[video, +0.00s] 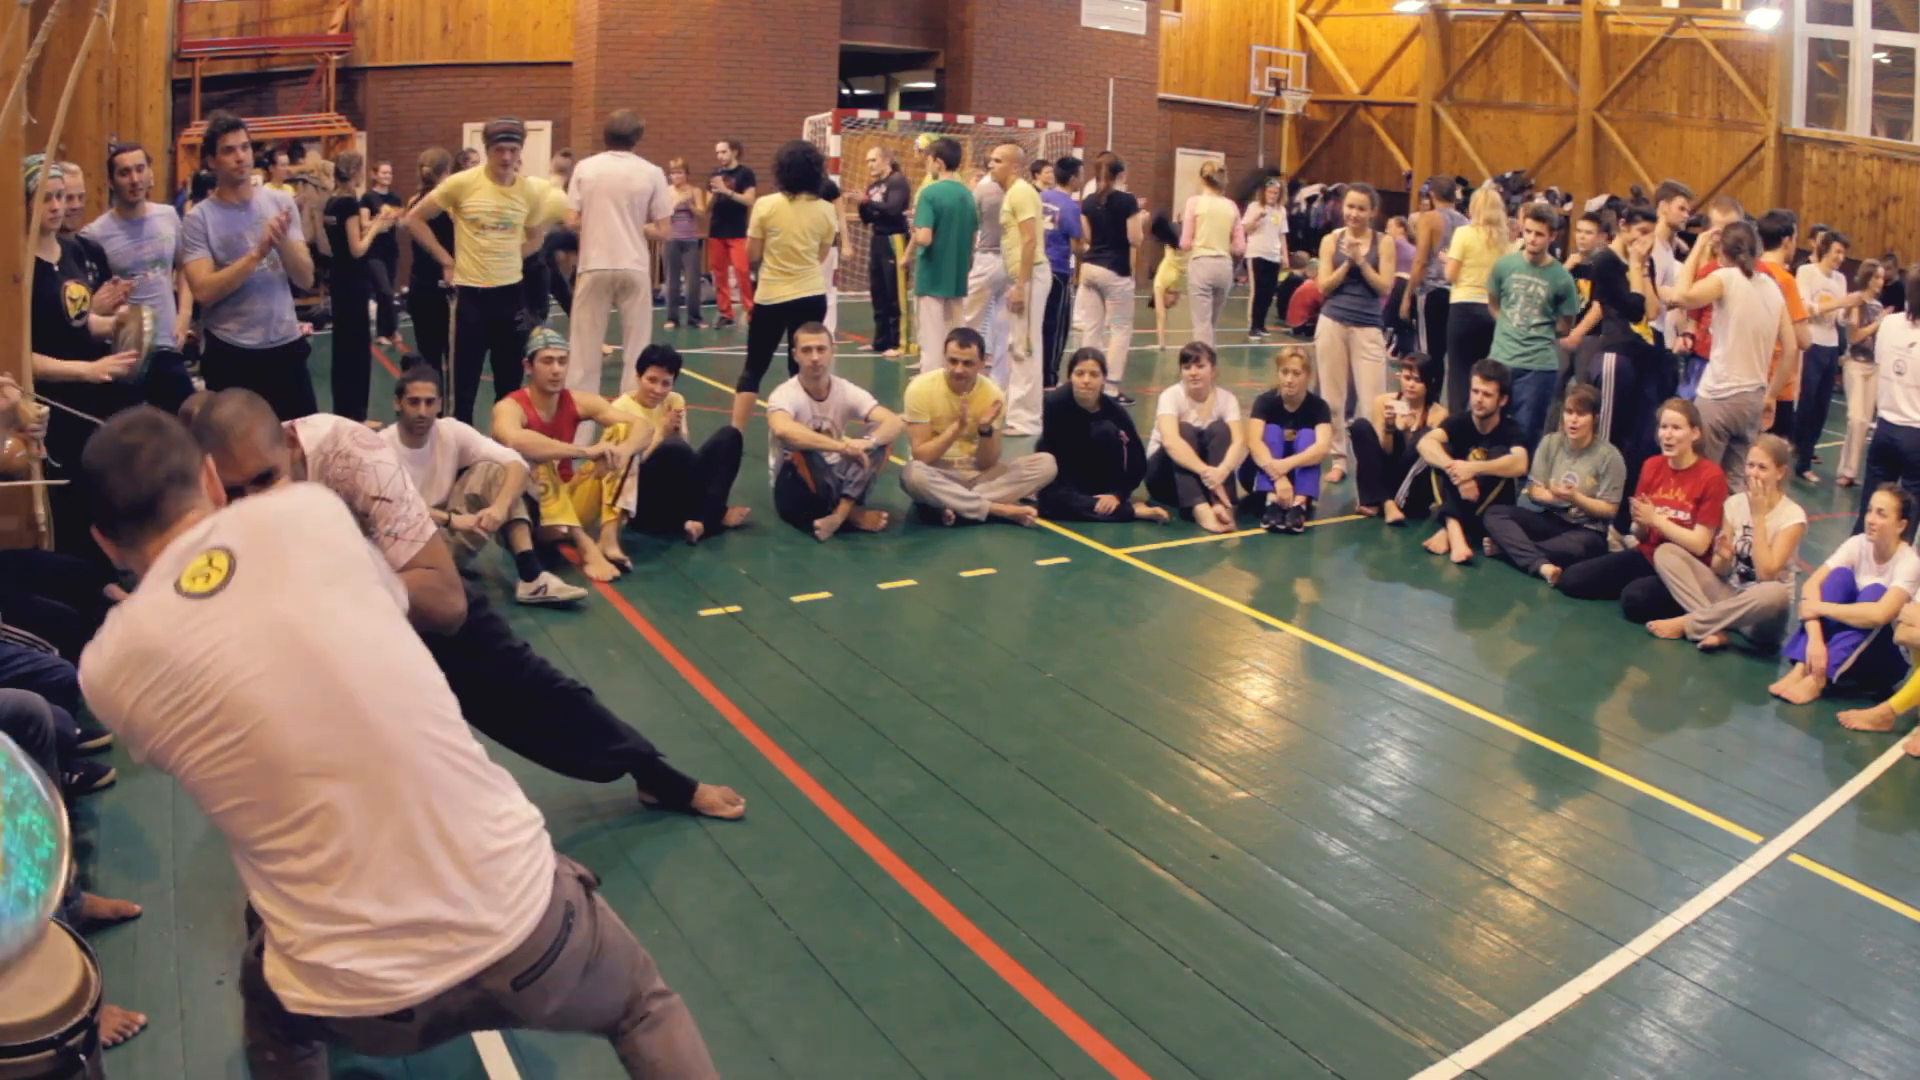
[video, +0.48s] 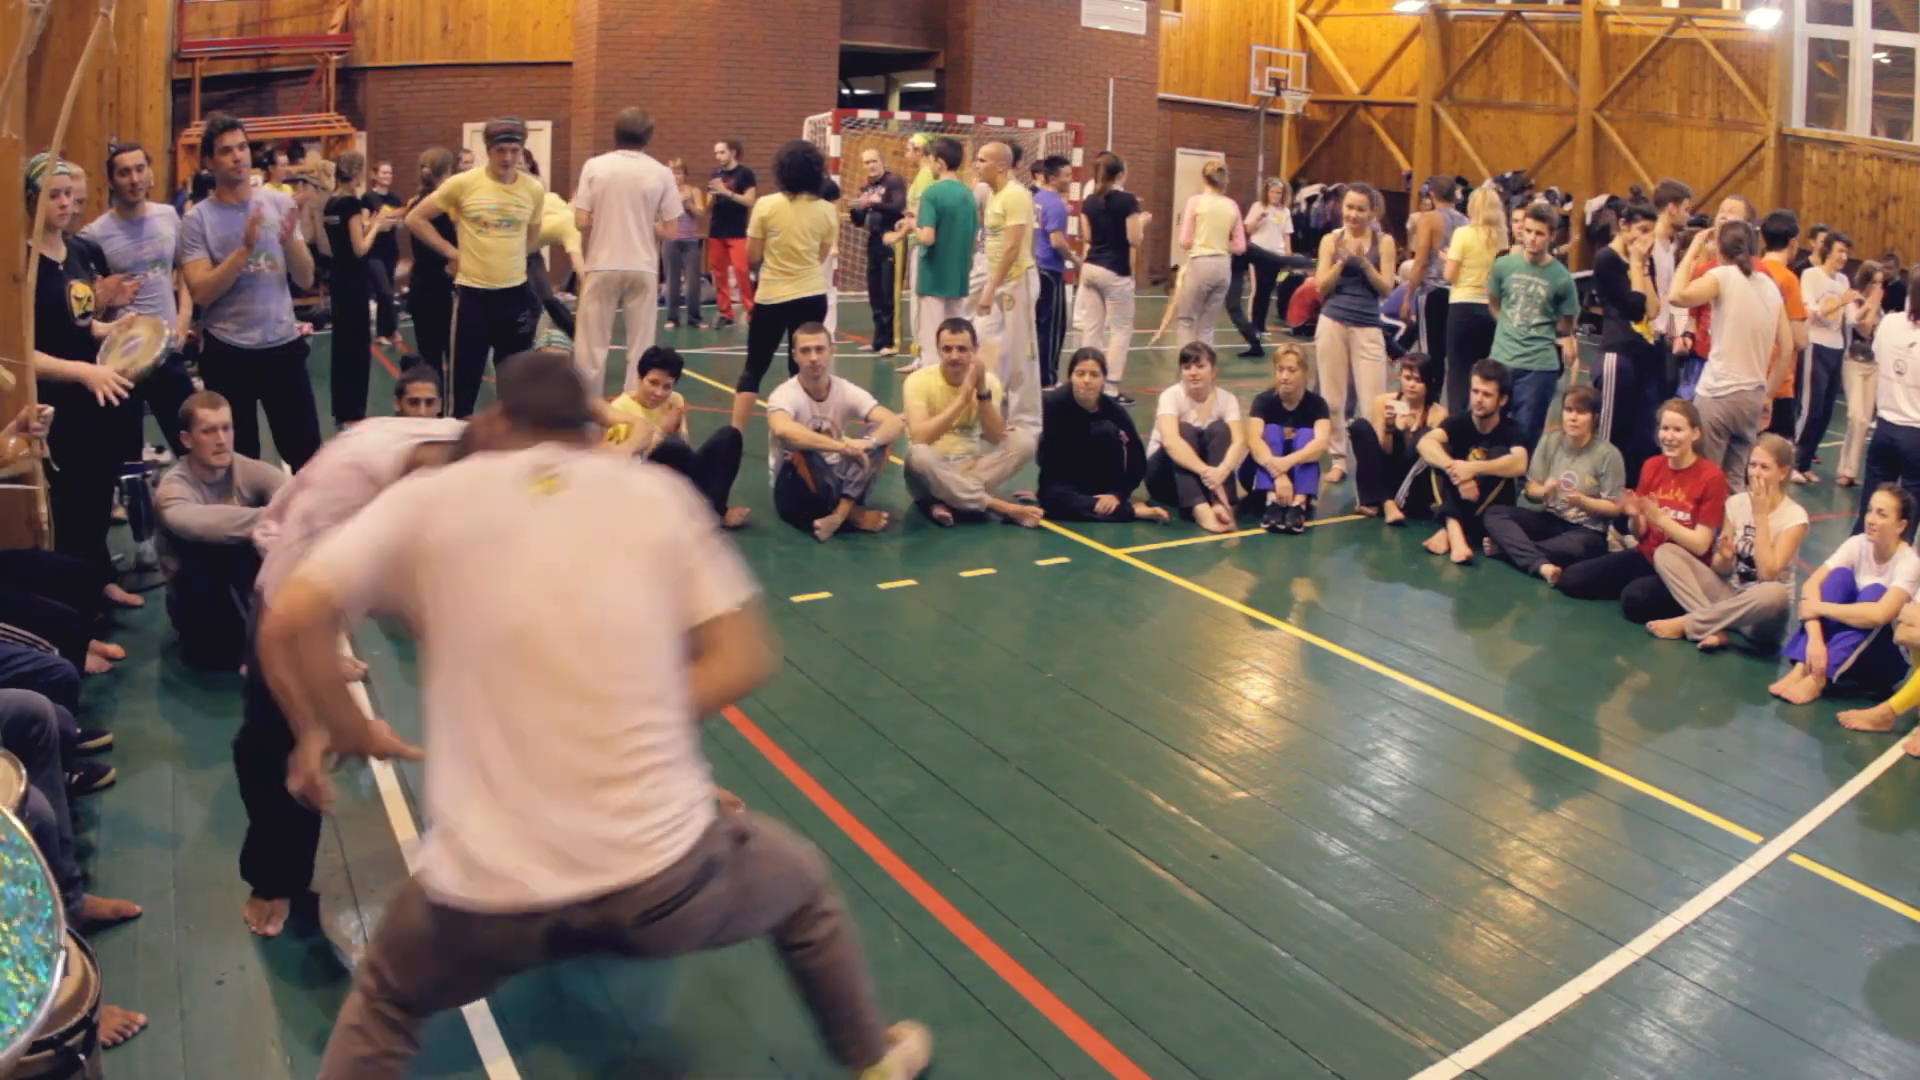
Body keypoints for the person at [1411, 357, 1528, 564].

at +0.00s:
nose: (1478, 399)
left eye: (1487, 395)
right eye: (1475, 392)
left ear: (1503, 400)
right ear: (1469, 392)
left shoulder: (1511, 429)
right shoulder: (1460, 421)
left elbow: (1520, 465)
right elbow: (1426, 444)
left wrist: (1473, 467)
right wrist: (1459, 474)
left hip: (1493, 510)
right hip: (1455, 505)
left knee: (1500, 457)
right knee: (1438, 457)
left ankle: (1449, 529)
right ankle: (1454, 530)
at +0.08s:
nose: (1478, 399)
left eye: (1487, 395)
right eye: (1475, 392)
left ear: (1503, 400)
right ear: (1469, 392)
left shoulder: (1511, 429)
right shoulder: (1460, 421)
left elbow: (1519, 465)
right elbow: (1425, 443)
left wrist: (1473, 467)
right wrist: (1459, 474)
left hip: (1493, 509)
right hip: (1455, 504)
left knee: (1500, 456)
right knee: (1438, 455)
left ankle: (1449, 528)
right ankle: (1454, 529)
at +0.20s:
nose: (1478, 399)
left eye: (1486, 395)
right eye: (1475, 392)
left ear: (1503, 400)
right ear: (1469, 392)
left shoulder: (1510, 429)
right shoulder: (1460, 421)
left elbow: (1519, 464)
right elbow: (1426, 443)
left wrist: (1473, 468)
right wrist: (1458, 474)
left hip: (1493, 510)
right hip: (1454, 504)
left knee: (1500, 456)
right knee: (1438, 453)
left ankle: (1449, 528)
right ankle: (1454, 528)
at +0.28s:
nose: (1478, 399)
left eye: (1487, 395)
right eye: (1475, 392)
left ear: (1503, 400)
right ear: (1469, 391)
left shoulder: (1511, 428)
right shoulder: (1460, 420)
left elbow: (1520, 465)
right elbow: (1426, 443)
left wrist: (1473, 468)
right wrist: (1459, 475)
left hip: (1492, 510)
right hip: (1454, 504)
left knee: (1499, 455)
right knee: (1438, 454)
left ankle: (1449, 528)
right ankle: (1454, 528)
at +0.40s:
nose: (1479, 399)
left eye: (1487, 395)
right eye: (1475, 392)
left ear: (1503, 400)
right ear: (1469, 392)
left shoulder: (1511, 428)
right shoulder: (1459, 420)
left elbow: (1519, 465)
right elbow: (1425, 444)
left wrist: (1473, 467)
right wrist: (1459, 475)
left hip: (1492, 509)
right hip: (1454, 505)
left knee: (1499, 456)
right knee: (1438, 456)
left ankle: (1449, 528)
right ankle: (1455, 530)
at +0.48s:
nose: (1479, 399)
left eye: (1487, 395)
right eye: (1475, 392)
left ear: (1503, 400)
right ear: (1469, 392)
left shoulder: (1511, 429)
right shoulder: (1460, 421)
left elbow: (1519, 464)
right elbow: (1425, 444)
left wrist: (1473, 467)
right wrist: (1459, 474)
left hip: (1493, 510)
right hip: (1454, 505)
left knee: (1499, 457)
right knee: (1438, 457)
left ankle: (1449, 528)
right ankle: (1454, 531)